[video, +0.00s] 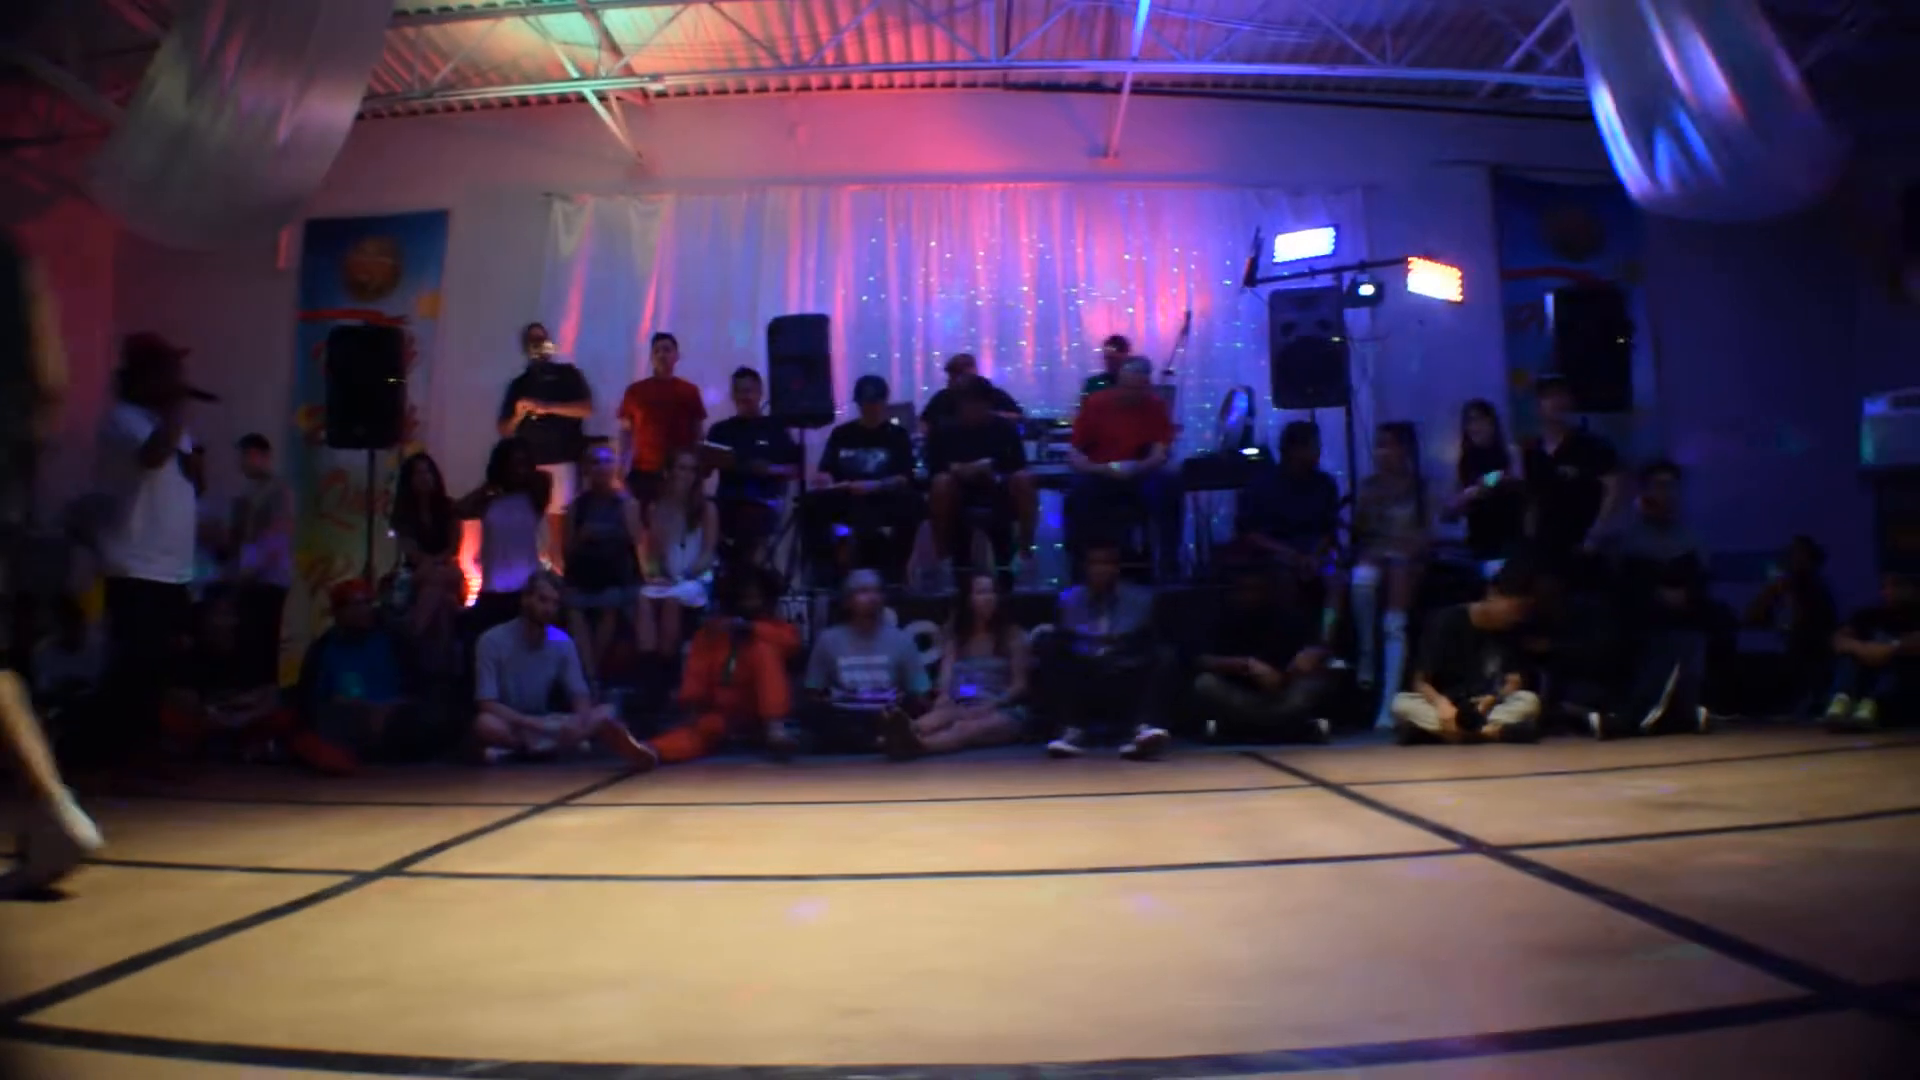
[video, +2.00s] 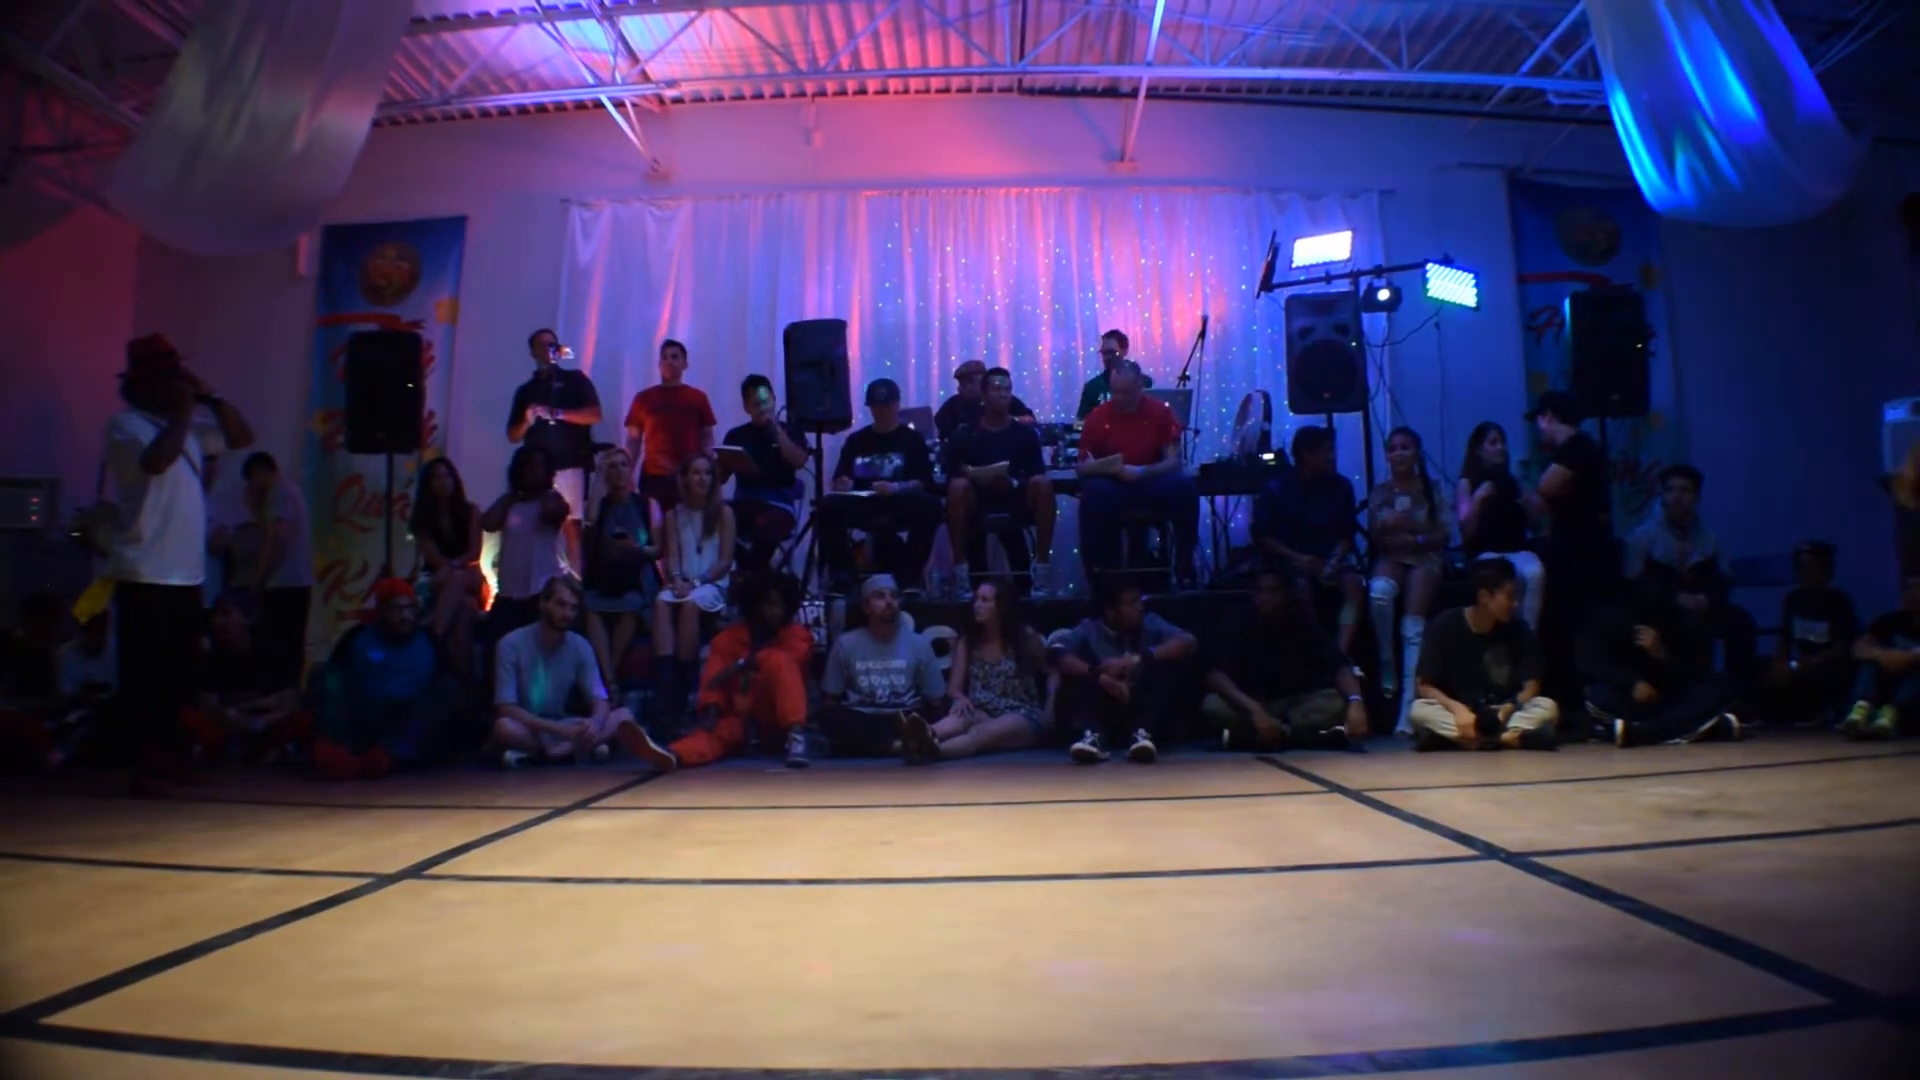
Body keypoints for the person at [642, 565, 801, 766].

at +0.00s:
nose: (747, 605)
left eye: (754, 598)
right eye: (741, 598)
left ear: (766, 601)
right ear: (728, 600)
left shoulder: (773, 629)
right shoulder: (711, 632)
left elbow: (790, 641)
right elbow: (693, 690)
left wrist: (751, 628)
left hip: (758, 710)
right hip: (722, 712)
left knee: (763, 650)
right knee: (701, 734)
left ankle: (776, 726)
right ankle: (650, 751)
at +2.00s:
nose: (775, 612)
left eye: (780, 606)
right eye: (768, 605)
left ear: (789, 608)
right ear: (753, 606)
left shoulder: (797, 635)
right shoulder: (728, 639)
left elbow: (790, 659)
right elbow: (712, 685)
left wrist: (752, 663)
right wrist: (711, 714)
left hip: (776, 714)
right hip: (738, 718)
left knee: (777, 659)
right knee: (715, 738)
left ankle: (796, 737)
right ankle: (673, 755)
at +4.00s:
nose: (760, 612)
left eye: (768, 606)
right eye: (756, 604)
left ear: (784, 611)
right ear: (749, 605)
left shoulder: (795, 637)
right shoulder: (725, 644)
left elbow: (784, 665)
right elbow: (709, 703)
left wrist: (743, 670)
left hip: (773, 721)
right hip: (736, 722)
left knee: (775, 661)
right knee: (711, 734)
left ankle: (794, 737)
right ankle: (670, 756)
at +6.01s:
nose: (778, 614)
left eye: (783, 607)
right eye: (771, 606)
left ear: (789, 609)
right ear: (754, 608)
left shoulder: (795, 637)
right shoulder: (725, 645)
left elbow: (789, 666)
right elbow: (708, 702)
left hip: (774, 720)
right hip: (736, 723)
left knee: (778, 660)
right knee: (710, 736)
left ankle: (795, 736)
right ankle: (669, 755)